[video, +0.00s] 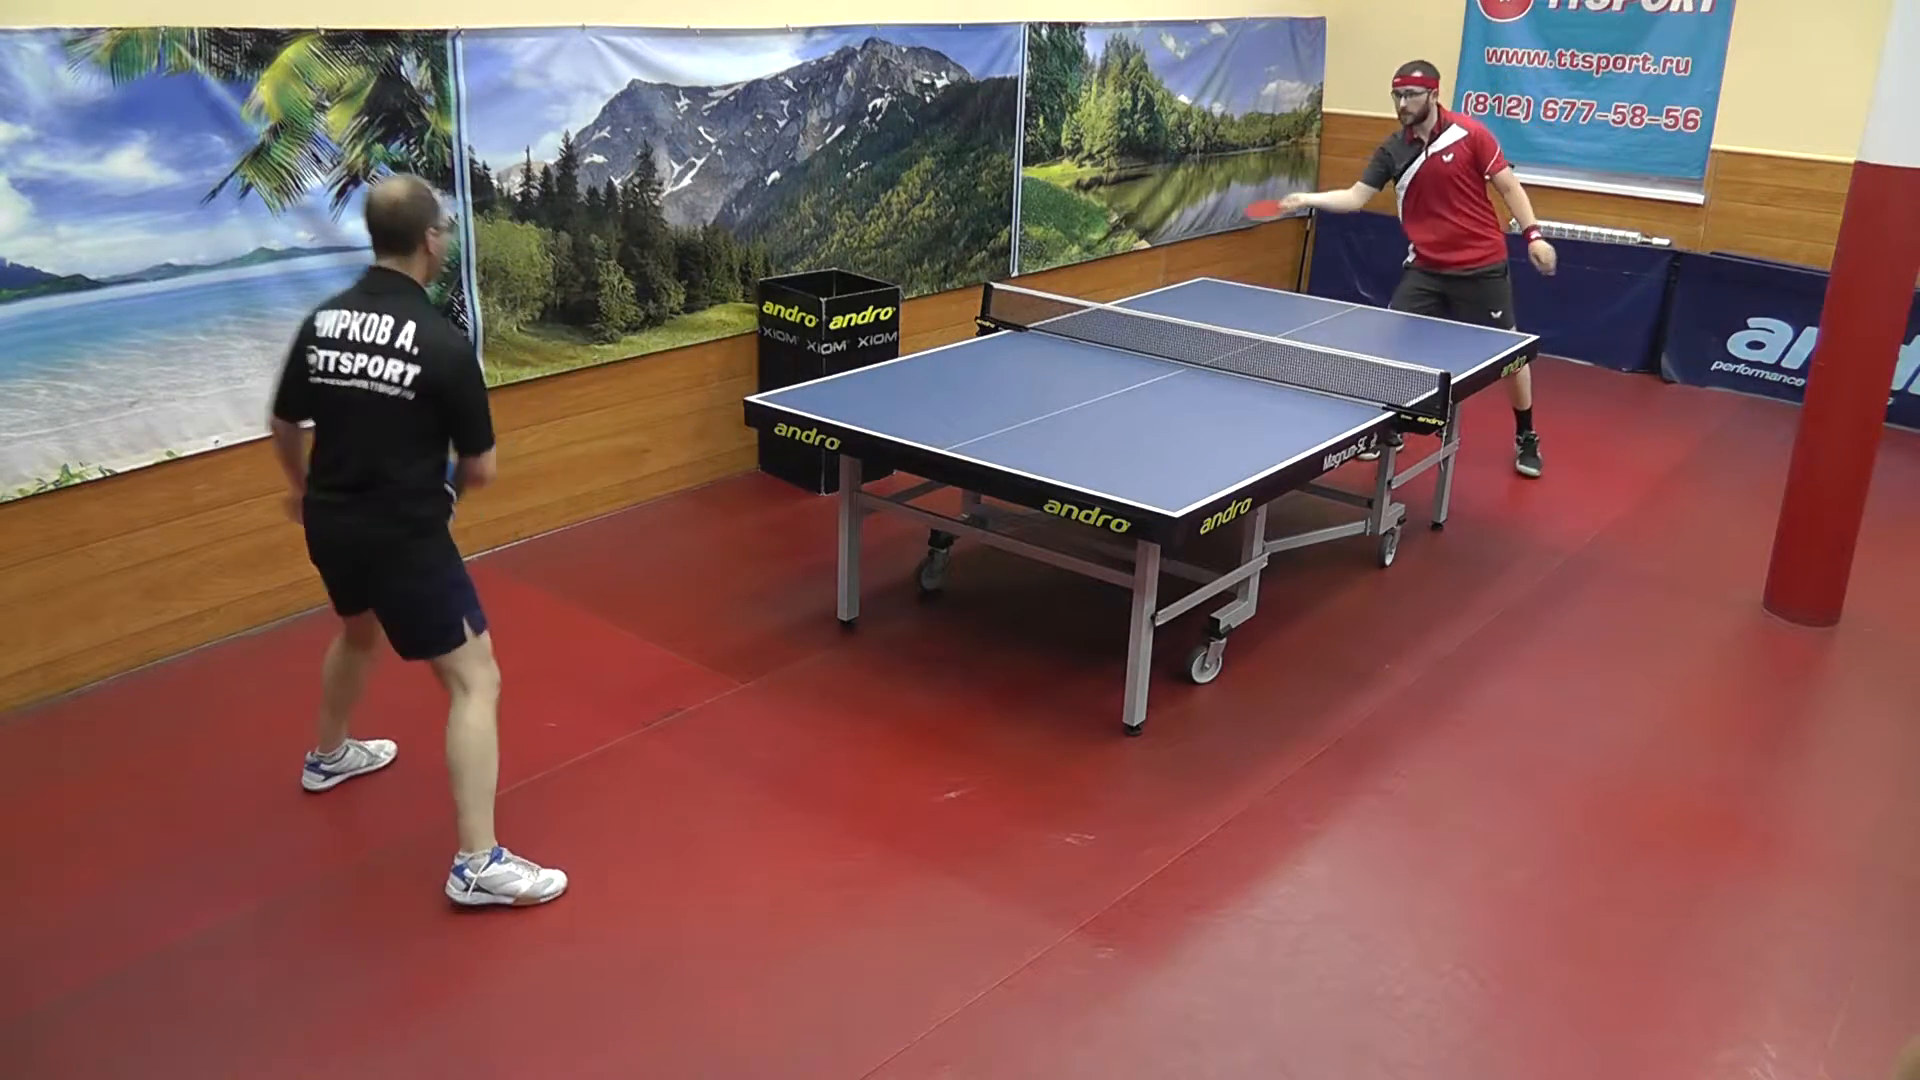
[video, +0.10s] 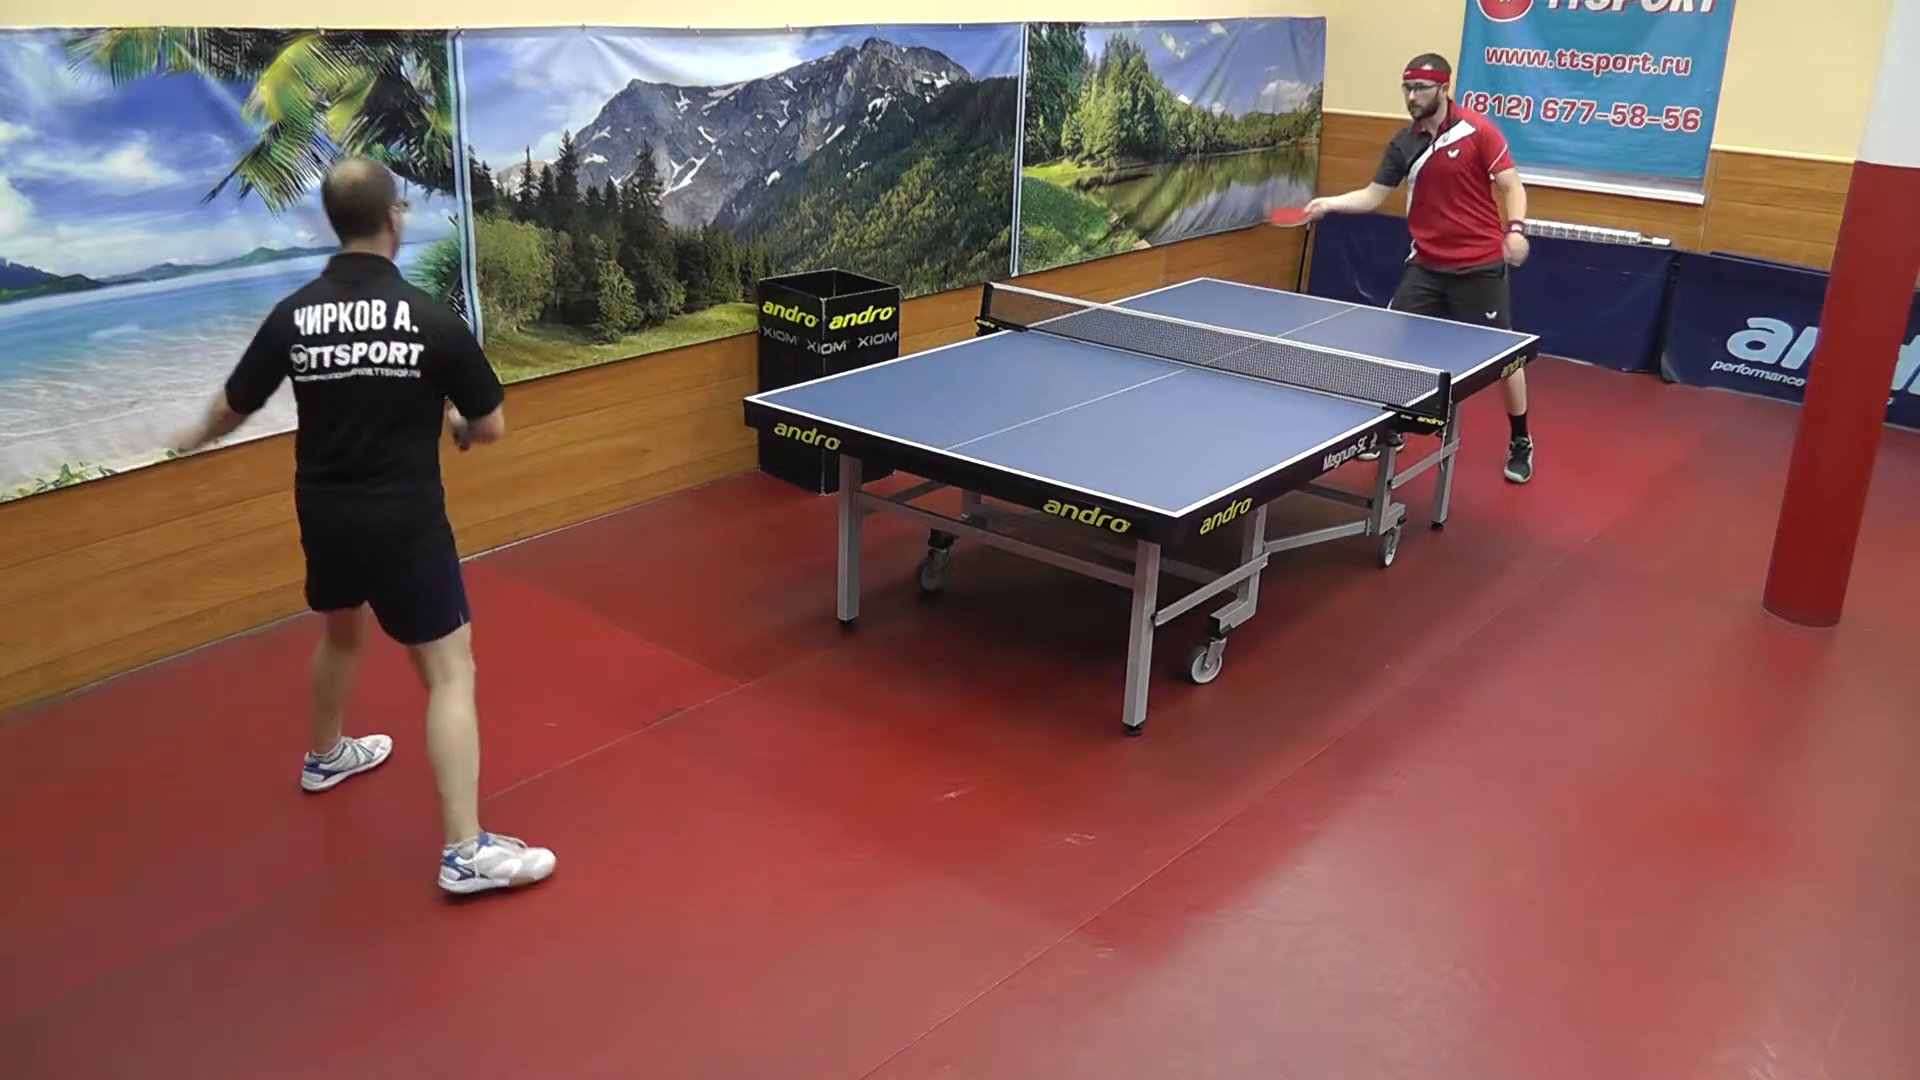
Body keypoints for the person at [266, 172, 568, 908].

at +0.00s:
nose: (447, 240)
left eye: (443, 228)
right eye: (443, 230)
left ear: (376, 238)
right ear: (428, 240)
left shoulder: (328, 319)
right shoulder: (444, 340)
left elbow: (286, 419)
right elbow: (479, 466)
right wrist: (444, 477)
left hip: (331, 523)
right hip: (406, 532)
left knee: (357, 631)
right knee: (474, 680)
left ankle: (328, 752)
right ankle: (478, 859)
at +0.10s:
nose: (404, 218)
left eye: (398, 206)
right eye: (401, 209)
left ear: (332, 223)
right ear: (392, 220)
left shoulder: (294, 313)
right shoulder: (429, 316)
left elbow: (231, 406)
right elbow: (488, 426)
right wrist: (460, 429)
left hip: (327, 521)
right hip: (408, 525)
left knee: (342, 636)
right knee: (449, 675)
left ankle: (325, 755)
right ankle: (464, 847)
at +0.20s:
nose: (374, 197)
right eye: (371, 188)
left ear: (305, 223)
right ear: (369, 209)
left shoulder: (279, 315)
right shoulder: (421, 309)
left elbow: (213, 390)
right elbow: (489, 411)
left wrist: (138, 412)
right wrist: (486, 389)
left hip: (327, 522)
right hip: (410, 519)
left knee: (336, 637)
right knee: (438, 673)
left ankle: (324, 755)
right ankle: (446, 839)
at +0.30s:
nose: (358, 185)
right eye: (355, 182)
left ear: (295, 227)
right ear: (359, 208)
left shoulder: (276, 320)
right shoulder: (417, 308)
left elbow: (203, 397)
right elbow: (482, 400)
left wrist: (131, 425)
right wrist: (506, 421)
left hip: (330, 523)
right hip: (415, 519)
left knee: (336, 637)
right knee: (437, 673)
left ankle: (323, 754)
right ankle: (449, 839)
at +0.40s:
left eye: (290, 222)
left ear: (295, 233)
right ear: (361, 212)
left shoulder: (285, 327)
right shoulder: (424, 310)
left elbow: (218, 421)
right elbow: (483, 410)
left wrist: (174, 467)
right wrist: (509, 460)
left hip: (333, 526)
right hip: (421, 519)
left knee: (336, 639)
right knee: (438, 673)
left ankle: (322, 754)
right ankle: (449, 841)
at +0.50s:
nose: (287, 239)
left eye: (286, 230)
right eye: (288, 228)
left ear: (300, 237)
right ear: (360, 218)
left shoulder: (291, 329)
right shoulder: (430, 303)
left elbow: (257, 449)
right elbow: (476, 419)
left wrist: (236, 525)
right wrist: (505, 494)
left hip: (337, 530)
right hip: (427, 521)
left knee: (334, 646)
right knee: (437, 674)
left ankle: (323, 756)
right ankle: (449, 840)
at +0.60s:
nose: (279, 241)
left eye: (279, 231)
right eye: (276, 230)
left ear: (300, 235)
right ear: (354, 218)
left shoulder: (294, 332)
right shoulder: (432, 303)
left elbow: (295, 460)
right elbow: (467, 424)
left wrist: (290, 556)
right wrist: (496, 510)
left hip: (342, 534)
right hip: (428, 523)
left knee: (321, 641)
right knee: (437, 673)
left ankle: (311, 758)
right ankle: (451, 841)